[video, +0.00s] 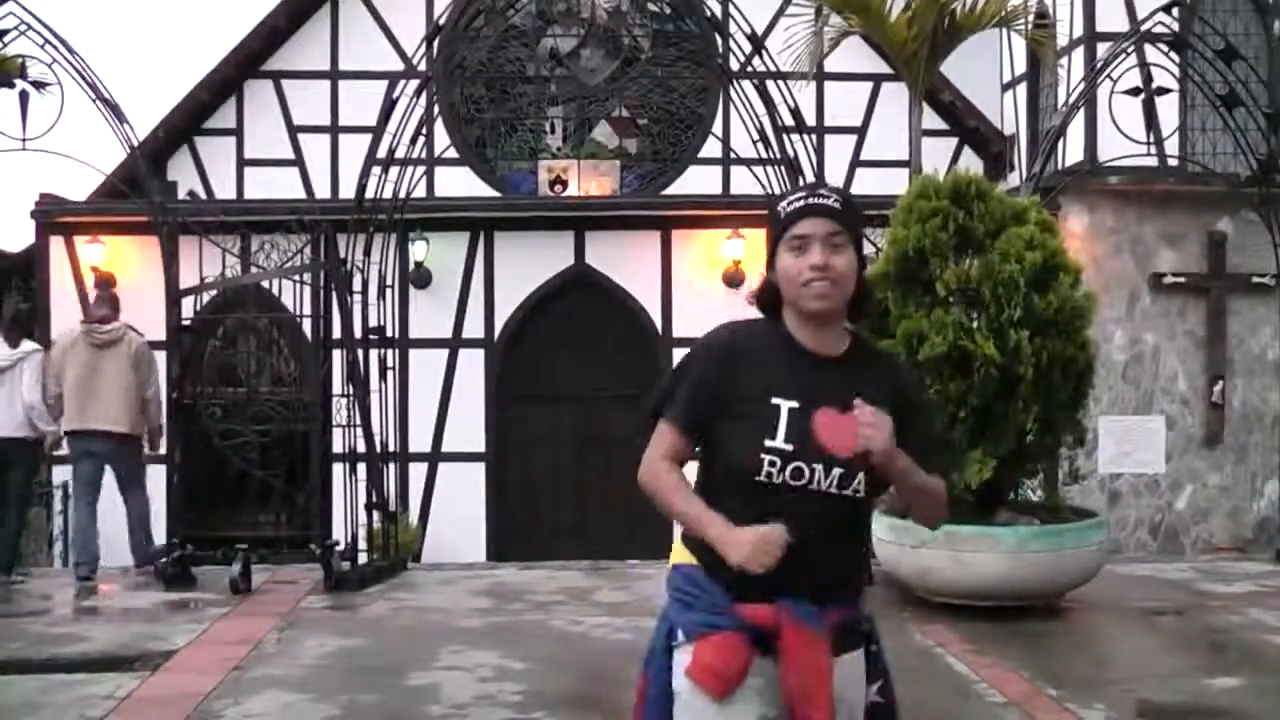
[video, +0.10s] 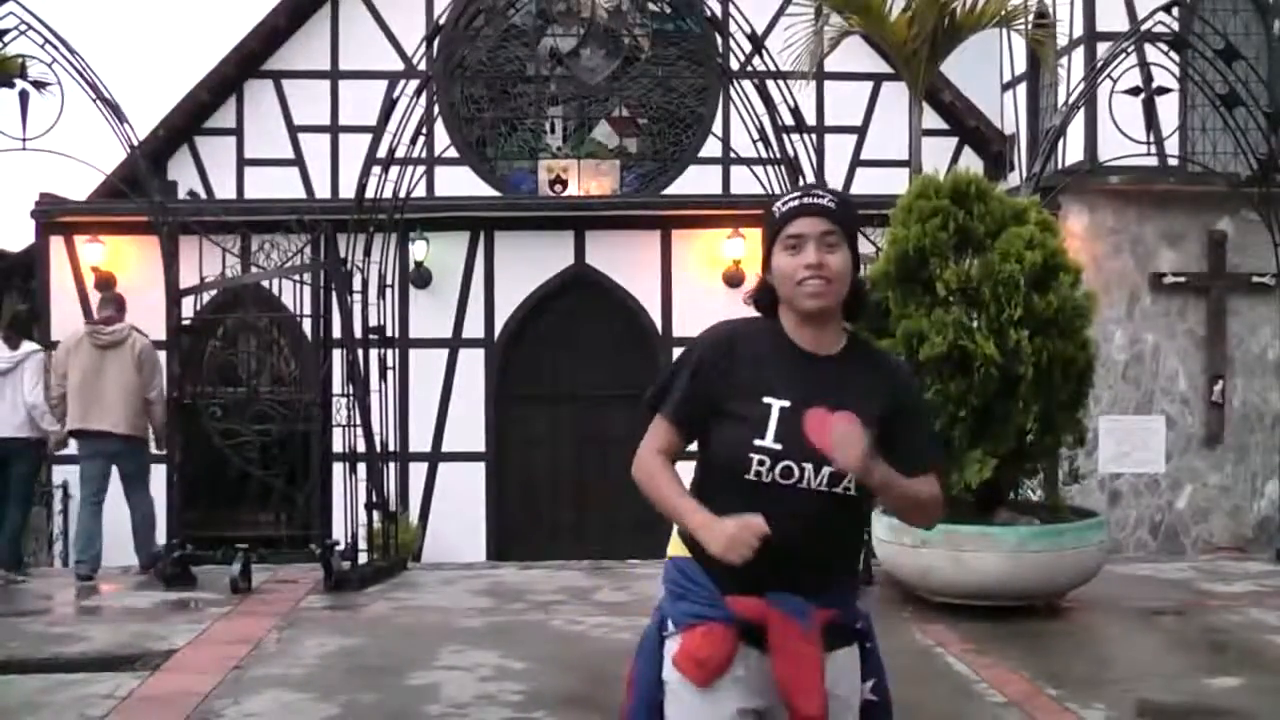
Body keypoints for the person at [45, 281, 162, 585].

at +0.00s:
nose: (102, 316)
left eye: (99, 312)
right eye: (108, 312)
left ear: (89, 314)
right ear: (117, 313)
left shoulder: (66, 343)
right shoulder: (136, 344)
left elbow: (52, 392)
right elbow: (150, 394)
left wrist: (64, 419)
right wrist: (155, 433)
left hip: (82, 430)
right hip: (123, 432)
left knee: (84, 500)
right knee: (135, 493)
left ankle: (84, 569)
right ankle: (144, 556)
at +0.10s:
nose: (112, 317)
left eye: (107, 311)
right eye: (117, 312)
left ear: (96, 312)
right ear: (123, 313)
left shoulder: (71, 344)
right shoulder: (140, 344)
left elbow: (56, 392)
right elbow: (154, 395)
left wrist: (68, 422)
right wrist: (161, 434)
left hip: (89, 432)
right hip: (129, 433)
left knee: (90, 500)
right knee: (139, 497)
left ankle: (84, 567)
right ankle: (148, 558)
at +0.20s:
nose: (118, 319)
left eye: (115, 313)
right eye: (123, 313)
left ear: (107, 314)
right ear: (133, 315)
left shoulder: (85, 344)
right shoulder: (150, 345)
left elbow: (66, 390)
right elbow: (163, 392)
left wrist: (70, 424)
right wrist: (165, 427)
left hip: (100, 433)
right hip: (140, 434)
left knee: (98, 499)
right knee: (148, 498)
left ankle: (86, 563)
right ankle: (150, 557)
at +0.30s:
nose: (125, 319)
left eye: (122, 313)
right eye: (130, 313)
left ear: (114, 314)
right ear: (140, 314)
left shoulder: (91, 344)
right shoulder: (157, 343)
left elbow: (75, 391)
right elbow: (170, 388)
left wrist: (71, 427)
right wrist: (169, 424)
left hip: (104, 433)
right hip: (145, 432)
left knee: (100, 496)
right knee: (149, 496)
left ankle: (87, 557)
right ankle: (149, 557)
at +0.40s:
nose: (135, 318)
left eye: (130, 311)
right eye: (141, 313)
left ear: (121, 313)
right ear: (147, 314)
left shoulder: (99, 342)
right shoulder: (161, 341)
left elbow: (82, 389)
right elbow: (175, 385)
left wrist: (76, 426)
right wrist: (175, 420)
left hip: (111, 432)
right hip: (151, 431)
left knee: (101, 494)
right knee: (155, 491)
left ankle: (88, 552)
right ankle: (149, 556)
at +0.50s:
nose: (147, 318)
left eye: (142, 314)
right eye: (151, 314)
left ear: (129, 312)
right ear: (155, 314)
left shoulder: (106, 342)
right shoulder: (169, 343)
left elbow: (87, 383)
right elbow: (182, 388)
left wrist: (83, 420)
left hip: (118, 429)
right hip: (154, 430)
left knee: (108, 490)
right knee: (157, 492)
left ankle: (94, 542)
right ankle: (149, 554)